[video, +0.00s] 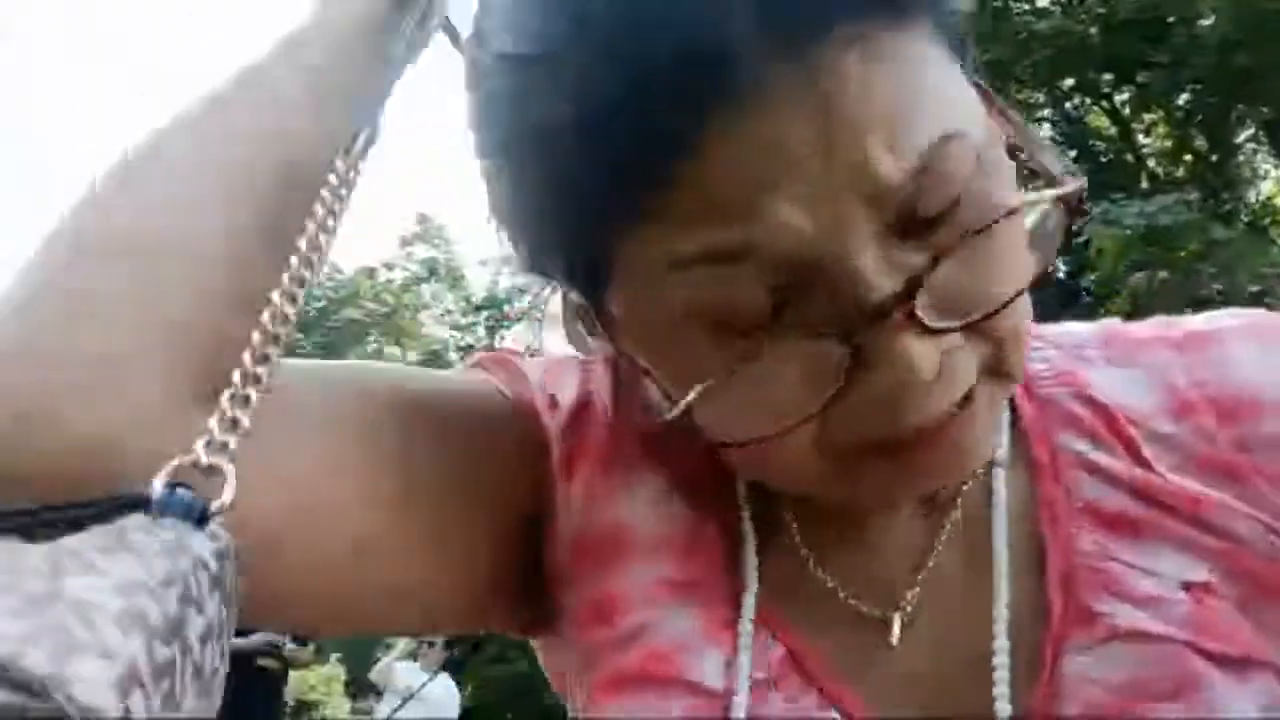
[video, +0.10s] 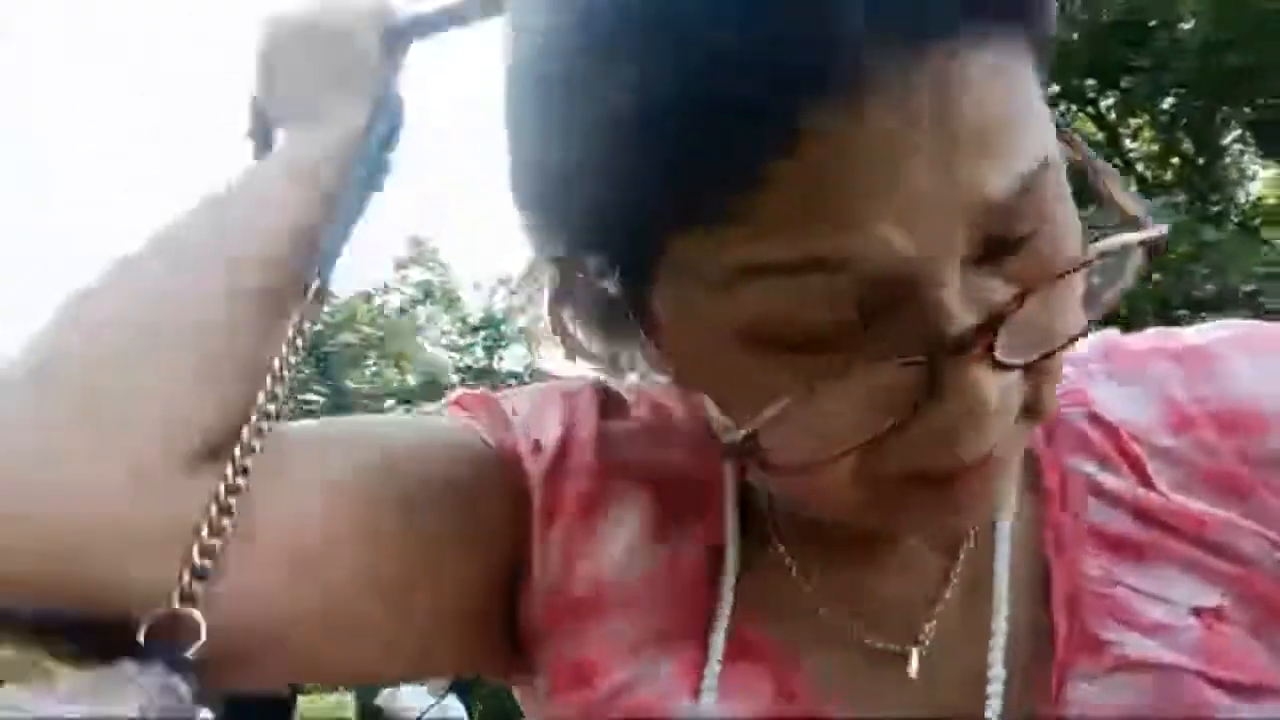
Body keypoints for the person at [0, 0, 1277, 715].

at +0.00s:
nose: (897, 347)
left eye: (931, 212)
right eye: (751, 309)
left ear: (1006, 121)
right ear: (604, 328)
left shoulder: (1258, 420)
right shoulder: (577, 481)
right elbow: (54, 437)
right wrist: (382, 5)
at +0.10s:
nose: (975, 388)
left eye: (1015, 239)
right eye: (819, 328)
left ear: (1062, 145)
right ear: (610, 312)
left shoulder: (1258, 434)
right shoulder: (572, 515)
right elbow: (47, 520)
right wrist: (312, 151)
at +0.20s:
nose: (953, 351)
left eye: (1017, 201)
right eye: (816, 245)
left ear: (1088, 146)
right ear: (619, 228)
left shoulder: (1263, 428)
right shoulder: (480, 559)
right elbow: (58, 680)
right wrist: (239, 219)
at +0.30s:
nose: (953, 296)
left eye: (1032, 157)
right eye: (819, 194)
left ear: (1112, 110)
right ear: (655, 189)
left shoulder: (1257, 425)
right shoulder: (530, 544)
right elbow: (122, 702)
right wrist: (203, 254)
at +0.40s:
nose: (930, 206)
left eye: (1026, 98)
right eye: (833, 96)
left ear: (1131, 103)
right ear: (711, 114)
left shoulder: (1253, 411)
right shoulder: (594, 476)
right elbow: (270, 715)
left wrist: (49, 376)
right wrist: (55, 364)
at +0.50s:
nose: (902, 106)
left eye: (1011, 30)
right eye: (820, 11)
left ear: (1121, 81)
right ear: (722, 54)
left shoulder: (1256, 410)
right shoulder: (564, 432)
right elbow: (230, 708)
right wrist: (13, 532)